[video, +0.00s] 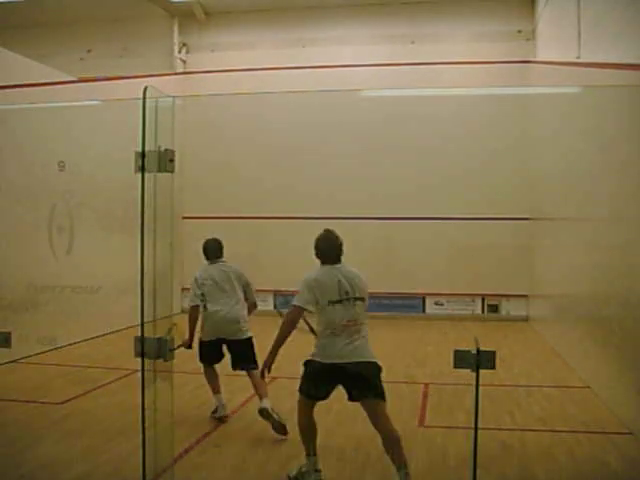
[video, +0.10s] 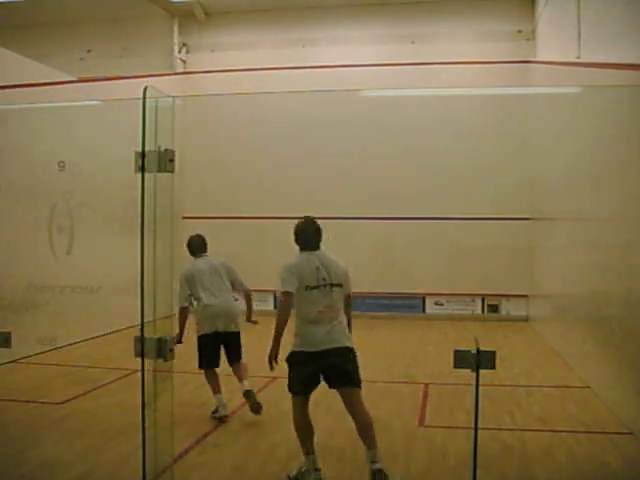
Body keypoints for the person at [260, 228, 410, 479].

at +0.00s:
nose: (320, 255)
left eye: (318, 250)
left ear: (317, 254)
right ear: (341, 251)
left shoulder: (313, 281)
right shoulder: (357, 278)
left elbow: (291, 320)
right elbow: (358, 316)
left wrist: (271, 355)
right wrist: (323, 330)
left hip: (325, 362)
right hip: (362, 361)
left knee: (305, 407)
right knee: (381, 420)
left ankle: (311, 465)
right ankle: (404, 473)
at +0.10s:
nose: (295, 240)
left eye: (296, 237)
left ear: (297, 241)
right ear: (321, 239)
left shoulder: (292, 268)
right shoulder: (339, 268)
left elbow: (286, 307)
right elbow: (348, 308)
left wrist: (275, 345)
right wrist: (347, 338)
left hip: (305, 353)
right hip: (340, 349)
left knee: (300, 408)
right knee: (356, 405)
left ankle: (310, 464)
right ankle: (376, 462)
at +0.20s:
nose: (283, 228)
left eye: (283, 224)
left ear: (282, 228)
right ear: (306, 227)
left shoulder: (278, 257)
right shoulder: (324, 255)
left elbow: (273, 298)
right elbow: (339, 293)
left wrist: (267, 335)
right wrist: (353, 326)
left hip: (291, 339)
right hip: (323, 336)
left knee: (287, 395)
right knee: (325, 392)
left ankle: (301, 455)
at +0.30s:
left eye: (270, 227)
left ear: (270, 232)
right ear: (293, 231)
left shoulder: (262, 262)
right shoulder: (311, 256)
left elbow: (253, 305)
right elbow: (332, 285)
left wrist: (246, 339)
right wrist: (348, 312)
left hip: (277, 338)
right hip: (307, 336)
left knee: (277, 397)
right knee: (297, 388)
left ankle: (280, 458)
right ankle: (293, 445)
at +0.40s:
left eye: (259, 242)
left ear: (259, 245)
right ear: (282, 243)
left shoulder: (251, 272)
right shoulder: (297, 265)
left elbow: (238, 309)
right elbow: (316, 289)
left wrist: (226, 338)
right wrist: (335, 314)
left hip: (267, 346)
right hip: (295, 343)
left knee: (273, 402)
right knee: (273, 387)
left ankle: (283, 461)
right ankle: (263, 428)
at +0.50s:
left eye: (254, 241)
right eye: (268, 240)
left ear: (251, 244)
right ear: (274, 243)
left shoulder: (244, 272)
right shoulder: (288, 267)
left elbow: (229, 308)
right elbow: (305, 299)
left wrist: (218, 330)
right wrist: (317, 329)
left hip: (255, 346)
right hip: (281, 343)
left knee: (250, 395)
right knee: (264, 386)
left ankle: (271, 441)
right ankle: (251, 429)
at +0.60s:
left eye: (248, 236)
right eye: (262, 235)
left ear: (245, 239)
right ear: (267, 238)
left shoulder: (236, 266)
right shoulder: (281, 264)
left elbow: (224, 299)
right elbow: (293, 301)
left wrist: (215, 323)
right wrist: (296, 332)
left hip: (246, 339)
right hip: (275, 338)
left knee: (234, 381)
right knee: (261, 380)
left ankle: (248, 421)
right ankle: (250, 426)